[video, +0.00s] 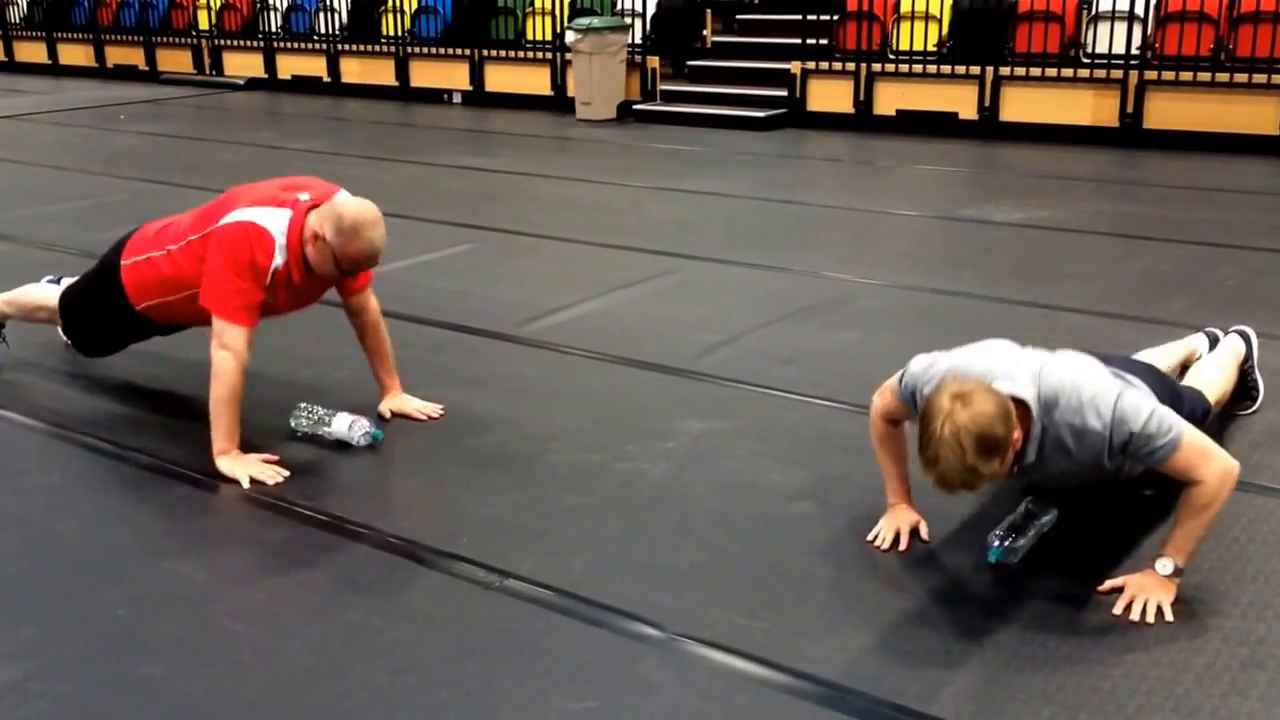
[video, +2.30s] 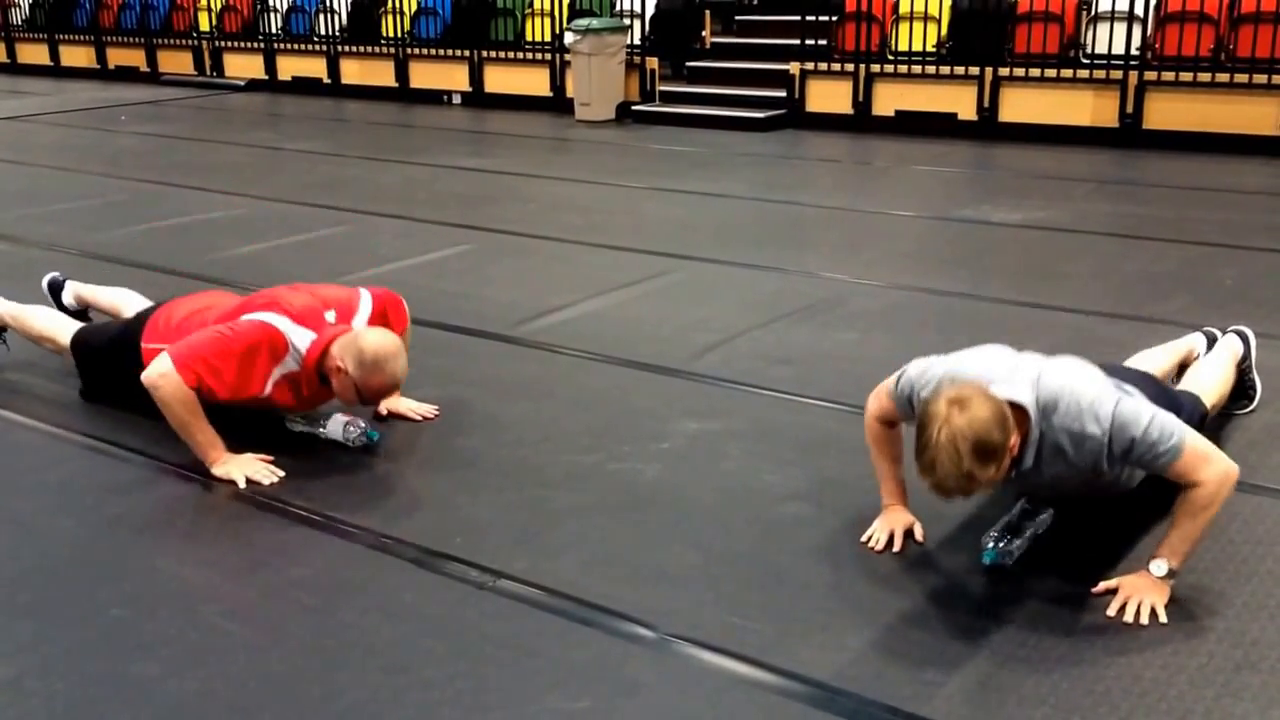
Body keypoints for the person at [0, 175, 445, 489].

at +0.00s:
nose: (341, 283)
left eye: (352, 275)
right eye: (337, 269)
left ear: (364, 246)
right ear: (314, 237)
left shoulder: (345, 222)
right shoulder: (246, 244)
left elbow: (363, 307)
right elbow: (228, 353)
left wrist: (392, 388)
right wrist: (228, 453)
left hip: (188, 291)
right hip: (135, 287)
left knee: (101, 311)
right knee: (67, 309)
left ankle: (56, 302)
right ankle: (8, 303)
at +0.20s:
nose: (351, 335)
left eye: (363, 328)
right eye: (348, 325)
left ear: (385, 302)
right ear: (327, 295)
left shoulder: (359, 257)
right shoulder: (256, 285)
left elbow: (394, 313)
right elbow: (182, 365)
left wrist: (395, 389)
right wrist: (223, 456)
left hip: (194, 268)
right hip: (143, 300)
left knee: (120, 287)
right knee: (67, 317)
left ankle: (67, 288)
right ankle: (6, 305)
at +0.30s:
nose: (356, 378)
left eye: (366, 373)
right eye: (353, 370)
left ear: (392, 326)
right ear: (335, 339)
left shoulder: (377, 295)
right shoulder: (263, 321)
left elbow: (400, 309)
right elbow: (170, 372)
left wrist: (393, 388)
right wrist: (223, 458)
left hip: (206, 291)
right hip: (150, 326)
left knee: (141, 297)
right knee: (73, 330)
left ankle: (68, 288)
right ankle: (5, 306)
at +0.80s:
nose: (354, 325)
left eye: (366, 318)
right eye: (350, 315)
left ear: (386, 285)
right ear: (324, 287)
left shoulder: (362, 257)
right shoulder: (253, 281)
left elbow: (396, 314)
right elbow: (183, 366)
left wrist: (393, 389)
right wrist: (222, 456)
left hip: (196, 268)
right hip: (144, 299)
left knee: (118, 287)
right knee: (69, 316)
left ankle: (66, 288)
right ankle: (8, 305)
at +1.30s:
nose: (355, 388)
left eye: (365, 384)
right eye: (351, 381)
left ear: (392, 336)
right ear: (331, 354)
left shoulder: (375, 302)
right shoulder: (256, 330)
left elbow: (395, 311)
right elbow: (164, 377)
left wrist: (389, 386)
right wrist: (220, 458)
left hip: (198, 301)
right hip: (144, 335)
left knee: (140, 304)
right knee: (67, 333)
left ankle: (68, 288)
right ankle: (4, 307)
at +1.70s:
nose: (345, 342)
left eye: (357, 337)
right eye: (343, 333)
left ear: (379, 310)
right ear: (322, 301)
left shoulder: (362, 273)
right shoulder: (250, 295)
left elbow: (397, 316)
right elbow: (172, 370)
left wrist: (390, 391)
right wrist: (220, 457)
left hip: (192, 276)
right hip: (141, 308)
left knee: (123, 287)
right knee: (66, 319)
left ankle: (64, 285)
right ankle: (4, 308)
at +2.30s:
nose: (363, 406)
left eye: (374, 401)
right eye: (356, 398)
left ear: (395, 342)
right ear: (336, 368)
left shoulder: (379, 311)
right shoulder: (263, 342)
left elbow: (396, 314)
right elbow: (162, 379)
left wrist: (387, 393)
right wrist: (219, 457)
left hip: (213, 310)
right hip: (152, 339)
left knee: (141, 312)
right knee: (71, 339)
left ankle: (68, 290)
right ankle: (5, 309)